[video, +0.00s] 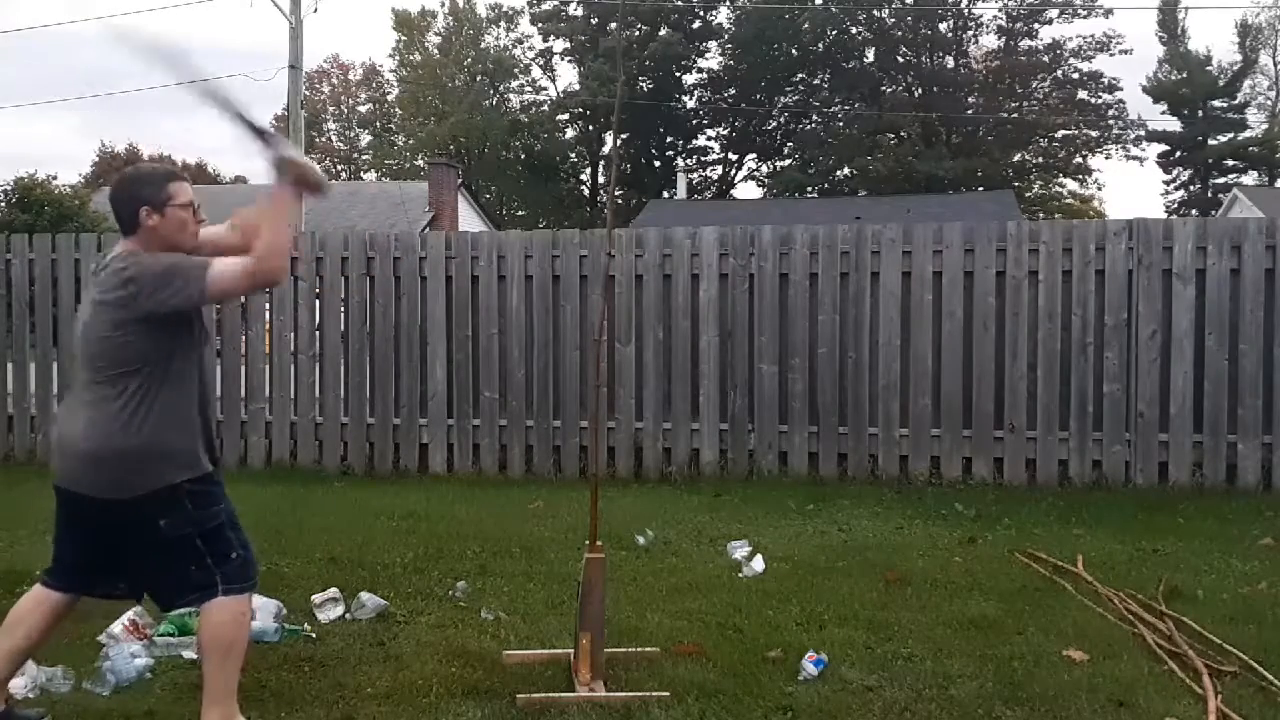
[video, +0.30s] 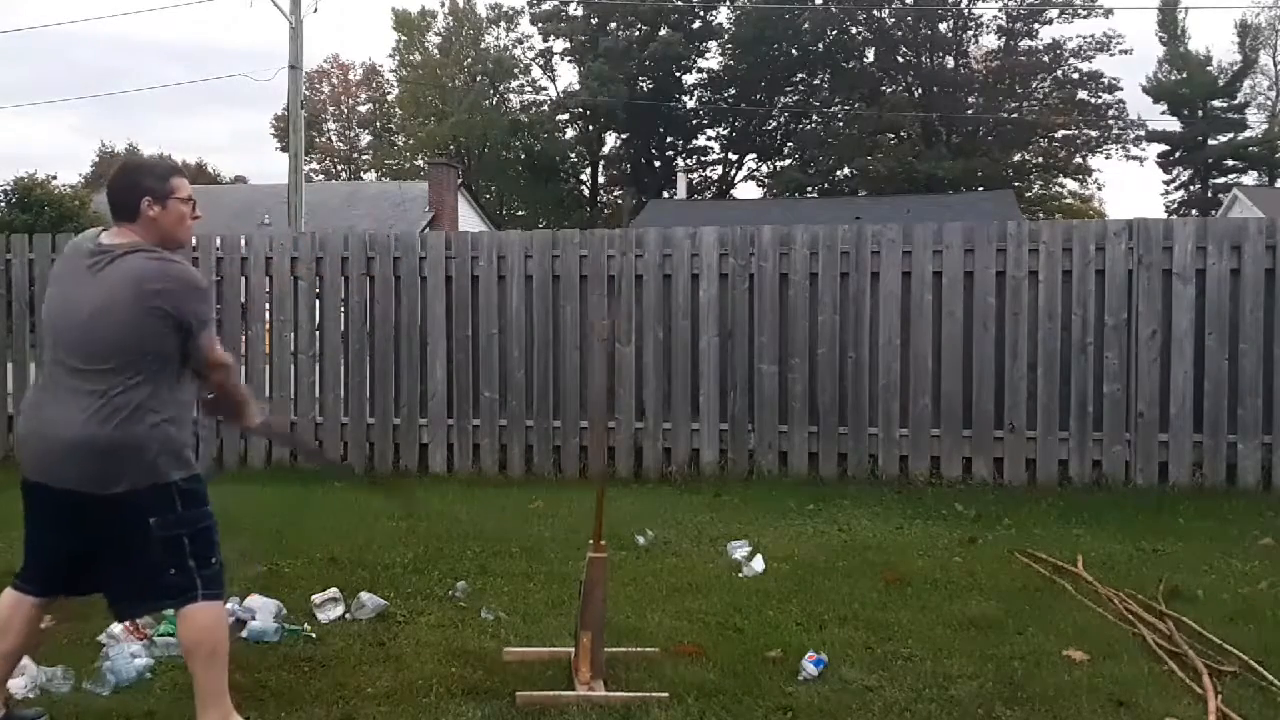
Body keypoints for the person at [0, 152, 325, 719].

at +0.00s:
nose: (199, 217)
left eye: (195, 207)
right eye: (187, 208)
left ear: (150, 220)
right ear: (150, 219)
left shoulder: (123, 265)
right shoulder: (151, 272)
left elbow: (237, 234)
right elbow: (266, 269)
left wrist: (285, 188)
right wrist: (284, 186)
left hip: (85, 463)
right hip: (157, 464)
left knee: (61, 581)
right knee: (229, 579)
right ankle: (220, 710)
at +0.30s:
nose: (194, 214)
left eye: (193, 203)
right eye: (186, 203)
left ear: (137, 211)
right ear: (149, 209)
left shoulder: (73, 254)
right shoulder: (178, 278)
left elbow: (108, 344)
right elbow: (214, 364)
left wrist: (194, 384)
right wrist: (242, 409)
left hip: (48, 444)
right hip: (144, 452)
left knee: (33, 583)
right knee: (200, 587)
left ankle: (0, 692)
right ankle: (216, 710)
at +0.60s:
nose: (177, 216)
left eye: (177, 204)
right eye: (170, 204)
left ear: (107, 208)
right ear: (135, 207)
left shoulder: (52, 253)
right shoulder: (167, 270)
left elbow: (42, 345)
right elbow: (188, 367)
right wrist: (199, 428)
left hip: (35, 448)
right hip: (132, 452)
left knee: (24, 589)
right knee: (187, 588)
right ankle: (215, 710)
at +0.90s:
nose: (175, 216)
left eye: (175, 204)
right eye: (169, 204)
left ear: (110, 209)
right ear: (135, 207)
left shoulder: (55, 264)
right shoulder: (157, 274)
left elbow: (97, 364)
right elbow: (194, 366)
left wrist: (177, 405)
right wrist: (232, 414)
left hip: (41, 455)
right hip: (133, 457)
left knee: (20, 592)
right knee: (193, 589)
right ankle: (215, 710)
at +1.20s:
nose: (214, 210)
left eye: (213, 200)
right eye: (206, 200)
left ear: (163, 208)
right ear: (172, 207)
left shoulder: (104, 264)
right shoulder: (186, 277)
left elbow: (143, 357)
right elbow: (227, 376)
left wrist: (203, 399)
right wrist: (271, 414)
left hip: (74, 448)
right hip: (157, 454)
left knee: (48, 584)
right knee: (219, 591)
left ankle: (1, 696)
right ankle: (219, 710)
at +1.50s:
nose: (221, 213)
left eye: (219, 202)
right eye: (212, 203)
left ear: (163, 214)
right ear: (175, 211)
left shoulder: (115, 268)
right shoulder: (178, 278)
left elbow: (157, 369)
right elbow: (226, 376)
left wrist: (253, 400)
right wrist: (293, 395)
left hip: (72, 453)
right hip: (151, 459)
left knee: (52, 583)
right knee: (217, 590)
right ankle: (219, 711)